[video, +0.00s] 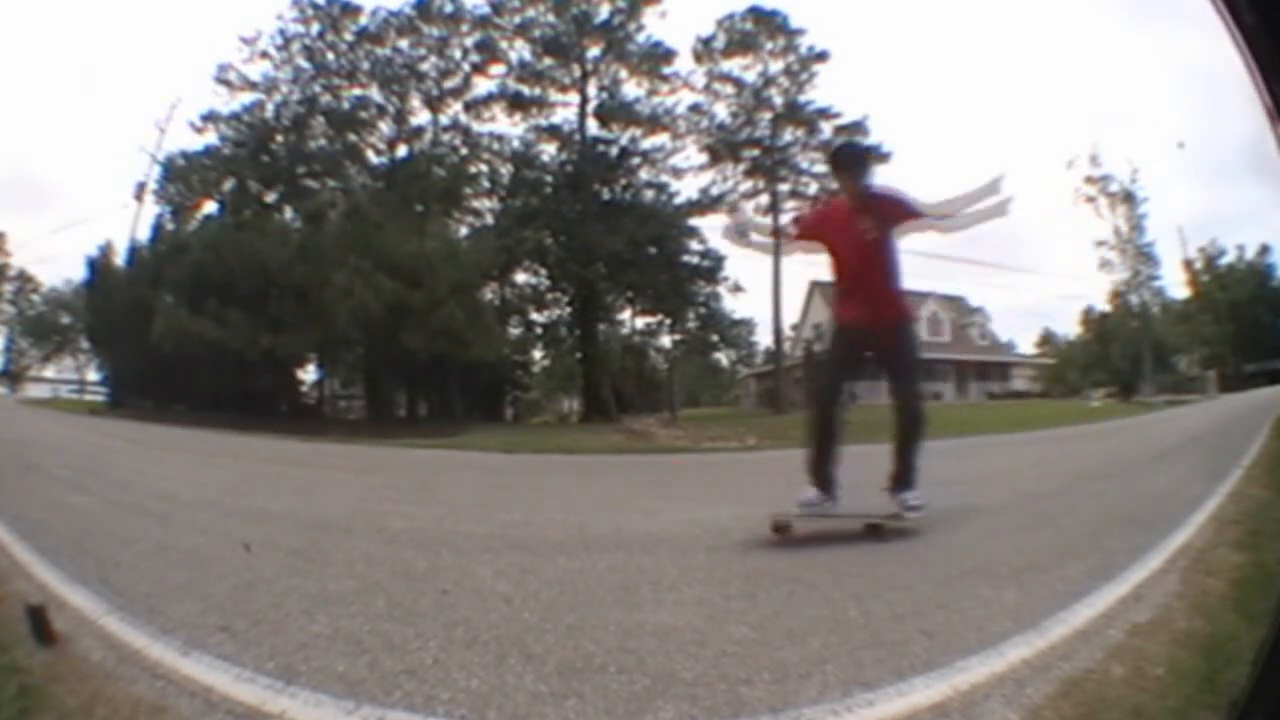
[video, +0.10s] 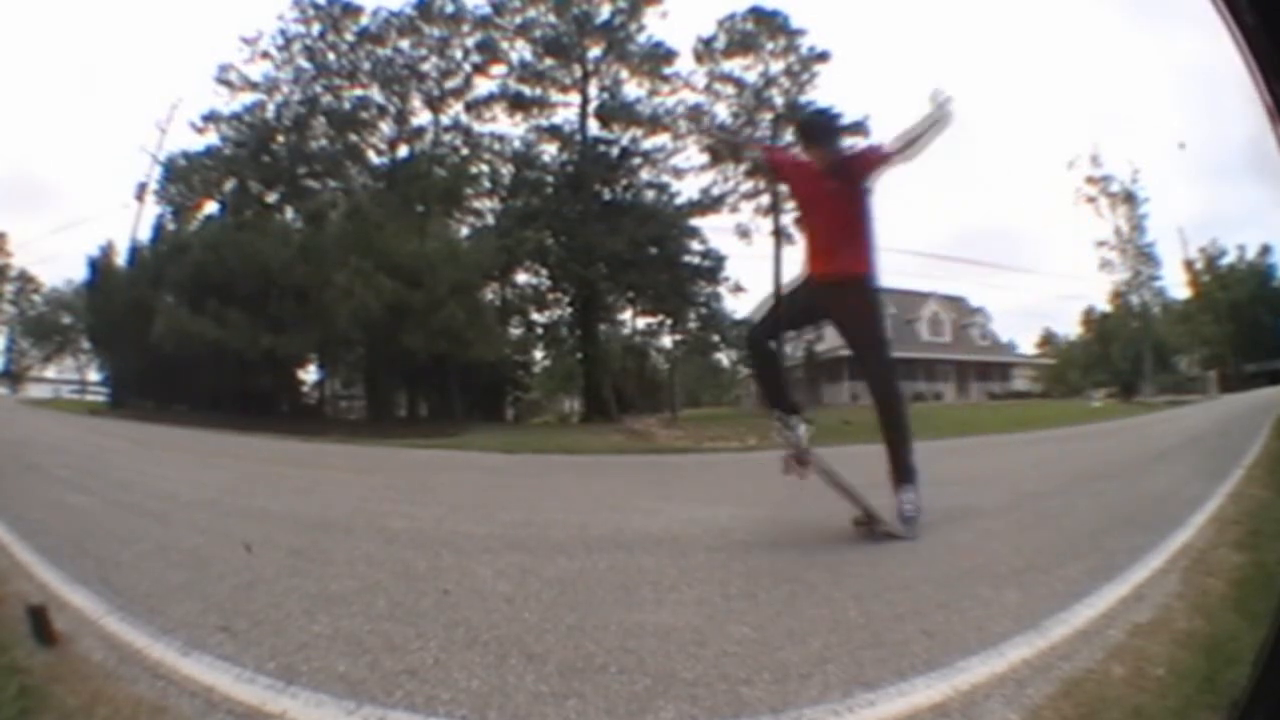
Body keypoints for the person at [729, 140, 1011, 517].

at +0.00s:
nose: (854, 183)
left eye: (859, 175)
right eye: (846, 177)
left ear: (868, 172)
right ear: (835, 176)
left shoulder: (883, 205)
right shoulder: (826, 216)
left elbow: (940, 216)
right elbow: (784, 242)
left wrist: (987, 196)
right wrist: (746, 235)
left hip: (891, 321)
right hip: (850, 324)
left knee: (909, 402)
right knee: (825, 399)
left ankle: (903, 488)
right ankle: (823, 489)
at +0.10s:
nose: (822, 153)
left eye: (824, 145)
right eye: (816, 146)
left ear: (822, 142)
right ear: (815, 143)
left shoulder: (854, 165)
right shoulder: (797, 169)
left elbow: (903, 149)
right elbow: (754, 154)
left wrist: (939, 118)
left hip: (852, 289)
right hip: (817, 288)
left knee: (882, 383)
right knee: (759, 339)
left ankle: (904, 485)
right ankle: (787, 418)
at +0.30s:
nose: (734, 146)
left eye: (739, 138)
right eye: (731, 138)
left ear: (758, 133)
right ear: (728, 136)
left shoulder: (787, 153)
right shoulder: (730, 153)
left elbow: (828, 146)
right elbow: (713, 152)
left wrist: (861, 133)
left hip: (794, 259)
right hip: (753, 262)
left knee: (836, 296)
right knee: (705, 327)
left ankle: (823, 385)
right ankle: (662, 408)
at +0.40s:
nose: (697, 151)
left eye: (696, 142)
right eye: (692, 145)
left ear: (708, 134)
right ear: (708, 133)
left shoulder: (754, 159)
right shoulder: (698, 169)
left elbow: (802, 173)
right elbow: (712, 207)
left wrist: (847, 176)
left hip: (761, 266)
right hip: (722, 267)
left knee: (776, 357)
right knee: (688, 351)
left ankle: (766, 446)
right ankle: (661, 443)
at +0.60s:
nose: (646, 188)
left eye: (649, 179)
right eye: (641, 181)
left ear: (665, 174)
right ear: (640, 181)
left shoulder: (694, 212)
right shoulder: (644, 216)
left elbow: (714, 267)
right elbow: (647, 269)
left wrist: (695, 313)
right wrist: (643, 313)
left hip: (694, 326)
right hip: (652, 326)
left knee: (696, 413)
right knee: (621, 407)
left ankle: (700, 494)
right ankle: (615, 494)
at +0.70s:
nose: (614, 185)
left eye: (617, 176)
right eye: (609, 179)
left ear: (636, 170)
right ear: (610, 178)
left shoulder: (666, 208)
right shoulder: (612, 211)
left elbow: (660, 265)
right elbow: (603, 258)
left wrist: (598, 288)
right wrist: (559, 249)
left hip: (665, 326)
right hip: (626, 324)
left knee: (658, 410)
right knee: (598, 406)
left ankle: (667, 495)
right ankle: (583, 493)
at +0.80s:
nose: (579, 173)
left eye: (582, 165)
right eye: (575, 167)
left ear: (600, 159)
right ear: (580, 166)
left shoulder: (633, 199)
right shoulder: (582, 198)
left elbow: (613, 259)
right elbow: (550, 236)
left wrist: (545, 260)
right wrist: (519, 206)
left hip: (633, 317)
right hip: (594, 314)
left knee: (628, 404)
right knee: (570, 401)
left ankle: (645, 490)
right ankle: (555, 491)